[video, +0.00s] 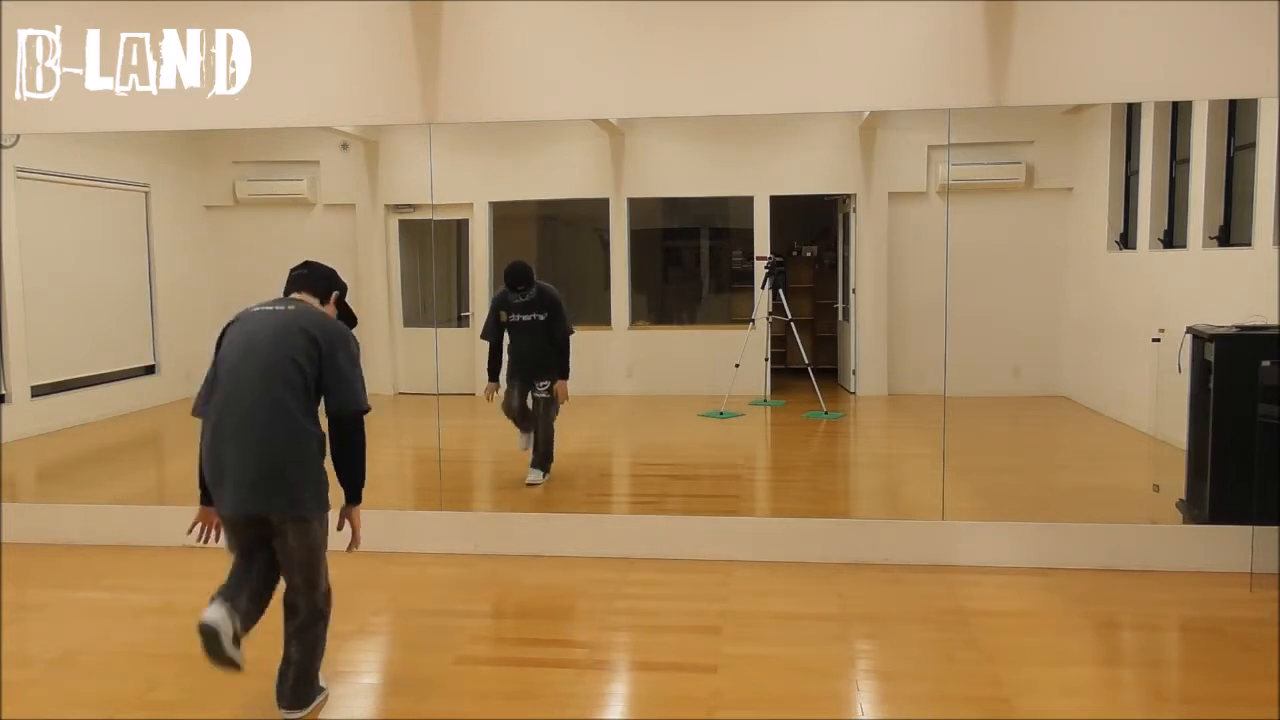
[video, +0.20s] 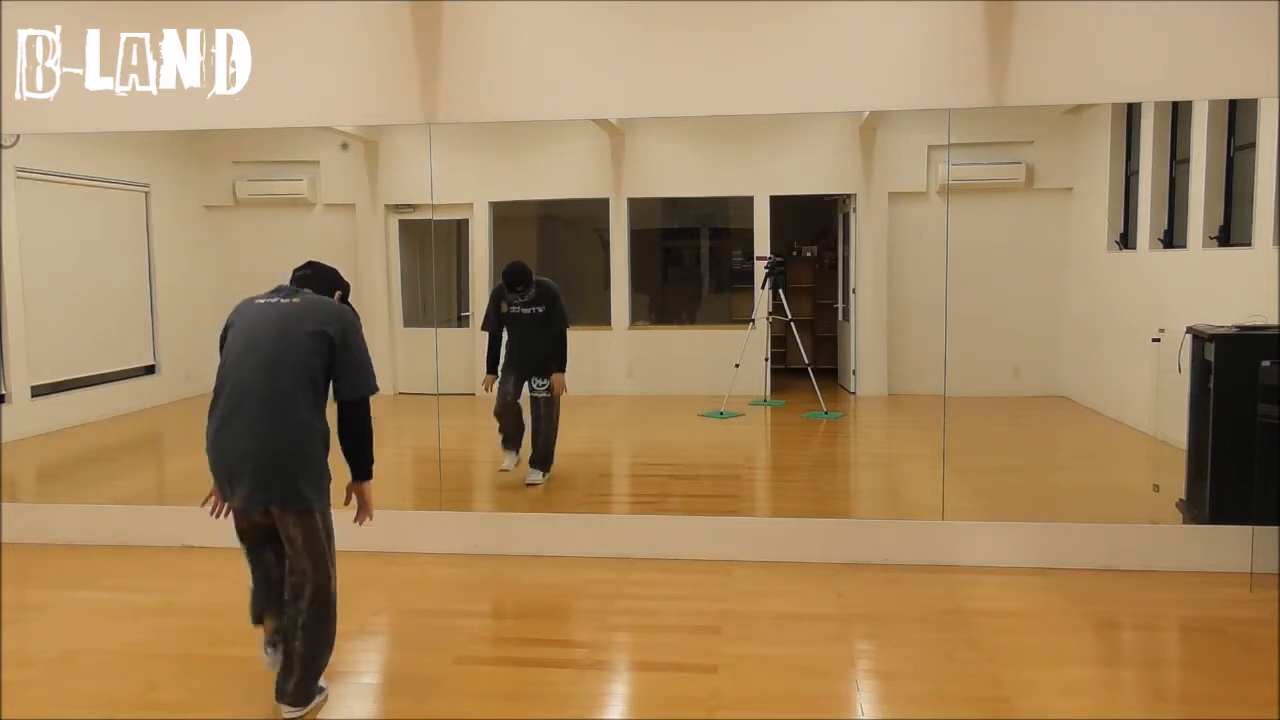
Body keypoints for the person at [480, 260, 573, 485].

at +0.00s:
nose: (521, 296)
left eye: (525, 292)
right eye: (516, 292)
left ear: (533, 284)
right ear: (508, 287)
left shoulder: (549, 297)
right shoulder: (501, 301)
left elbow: (563, 337)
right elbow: (495, 342)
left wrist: (563, 377)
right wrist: (493, 379)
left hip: (547, 363)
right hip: (519, 362)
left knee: (544, 416)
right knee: (511, 406)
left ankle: (540, 466)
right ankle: (528, 426)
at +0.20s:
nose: (521, 297)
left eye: (524, 292)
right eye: (515, 293)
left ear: (532, 283)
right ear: (507, 286)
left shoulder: (549, 292)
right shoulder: (500, 295)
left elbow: (560, 332)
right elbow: (495, 334)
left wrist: (559, 370)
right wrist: (491, 370)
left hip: (545, 359)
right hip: (516, 357)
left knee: (544, 415)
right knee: (504, 405)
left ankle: (540, 466)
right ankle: (511, 445)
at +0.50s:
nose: (520, 292)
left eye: (524, 288)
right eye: (515, 289)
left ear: (531, 279)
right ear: (507, 283)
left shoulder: (549, 293)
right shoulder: (500, 295)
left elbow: (559, 336)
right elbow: (497, 337)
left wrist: (557, 374)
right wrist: (495, 373)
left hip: (544, 364)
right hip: (515, 362)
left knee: (542, 420)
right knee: (506, 407)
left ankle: (535, 467)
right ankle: (509, 460)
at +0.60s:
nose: (519, 293)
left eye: (523, 288)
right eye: (514, 289)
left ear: (531, 280)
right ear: (506, 283)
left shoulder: (548, 294)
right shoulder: (500, 296)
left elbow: (557, 338)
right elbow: (496, 338)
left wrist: (557, 376)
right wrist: (494, 375)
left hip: (543, 364)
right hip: (514, 362)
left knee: (541, 419)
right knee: (504, 403)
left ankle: (535, 466)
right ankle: (514, 446)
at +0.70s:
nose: (517, 290)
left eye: (521, 286)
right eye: (512, 286)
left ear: (529, 277)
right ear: (504, 279)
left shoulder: (547, 288)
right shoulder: (498, 288)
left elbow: (558, 329)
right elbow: (493, 328)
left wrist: (558, 366)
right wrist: (492, 365)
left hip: (543, 360)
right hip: (513, 358)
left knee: (542, 417)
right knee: (504, 410)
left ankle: (535, 466)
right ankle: (514, 446)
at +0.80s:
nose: (516, 286)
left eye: (520, 282)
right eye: (511, 283)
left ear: (528, 273)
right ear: (504, 275)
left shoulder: (546, 280)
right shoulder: (498, 280)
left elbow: (560, 320)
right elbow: (490, 318)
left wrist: (557, 356)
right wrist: (489, 355)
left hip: (544, 354)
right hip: (514, 351)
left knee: (541, 415)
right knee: (506, 410)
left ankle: (534, 466)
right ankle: (508, 462)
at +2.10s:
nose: (559, 273)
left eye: (563, 268)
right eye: (554, 269)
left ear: (570, 263)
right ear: (546, 264)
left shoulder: (581, 278)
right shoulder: (536, 279)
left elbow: (579, 312)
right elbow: (533, 318)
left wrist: (564, 327)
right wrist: (560, 319)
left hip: (574, 351)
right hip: (547, 354)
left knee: (567, 410)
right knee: (559, 411)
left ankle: (546, 461)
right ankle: (582, 455)